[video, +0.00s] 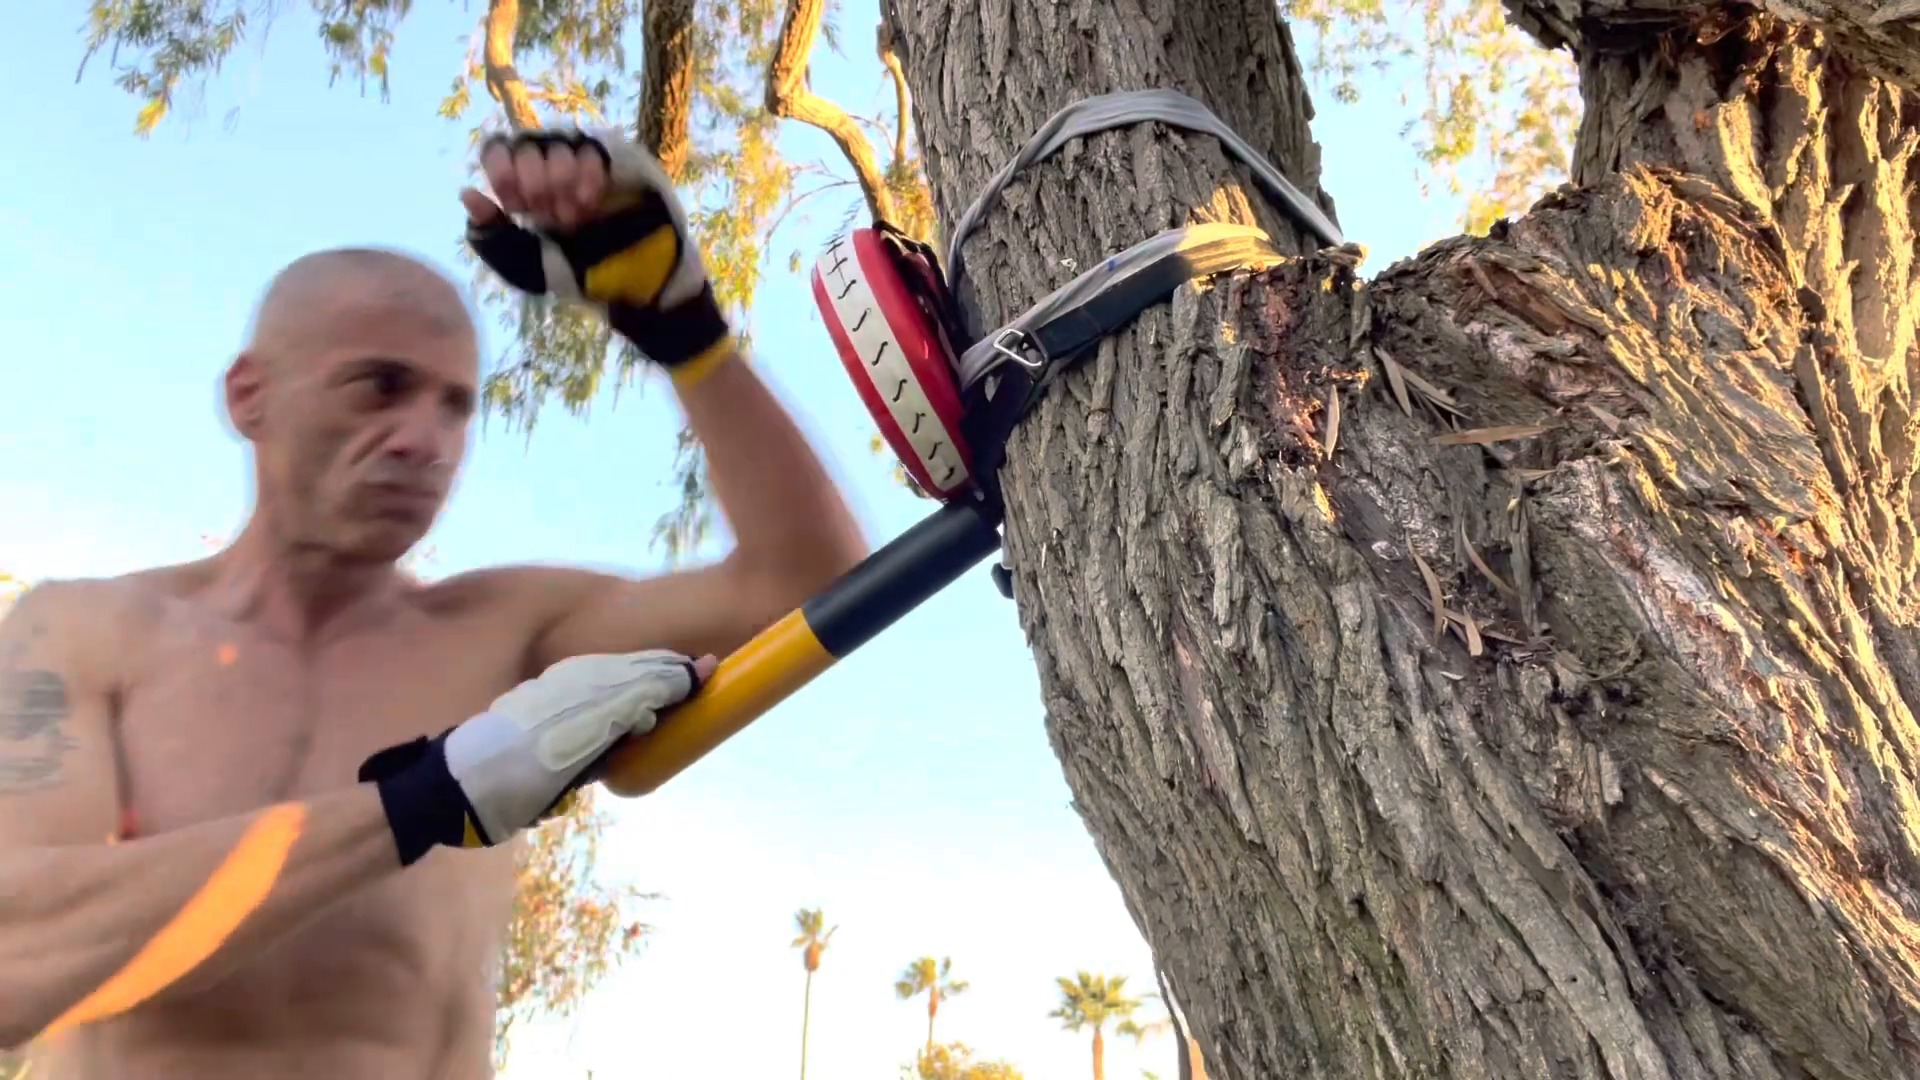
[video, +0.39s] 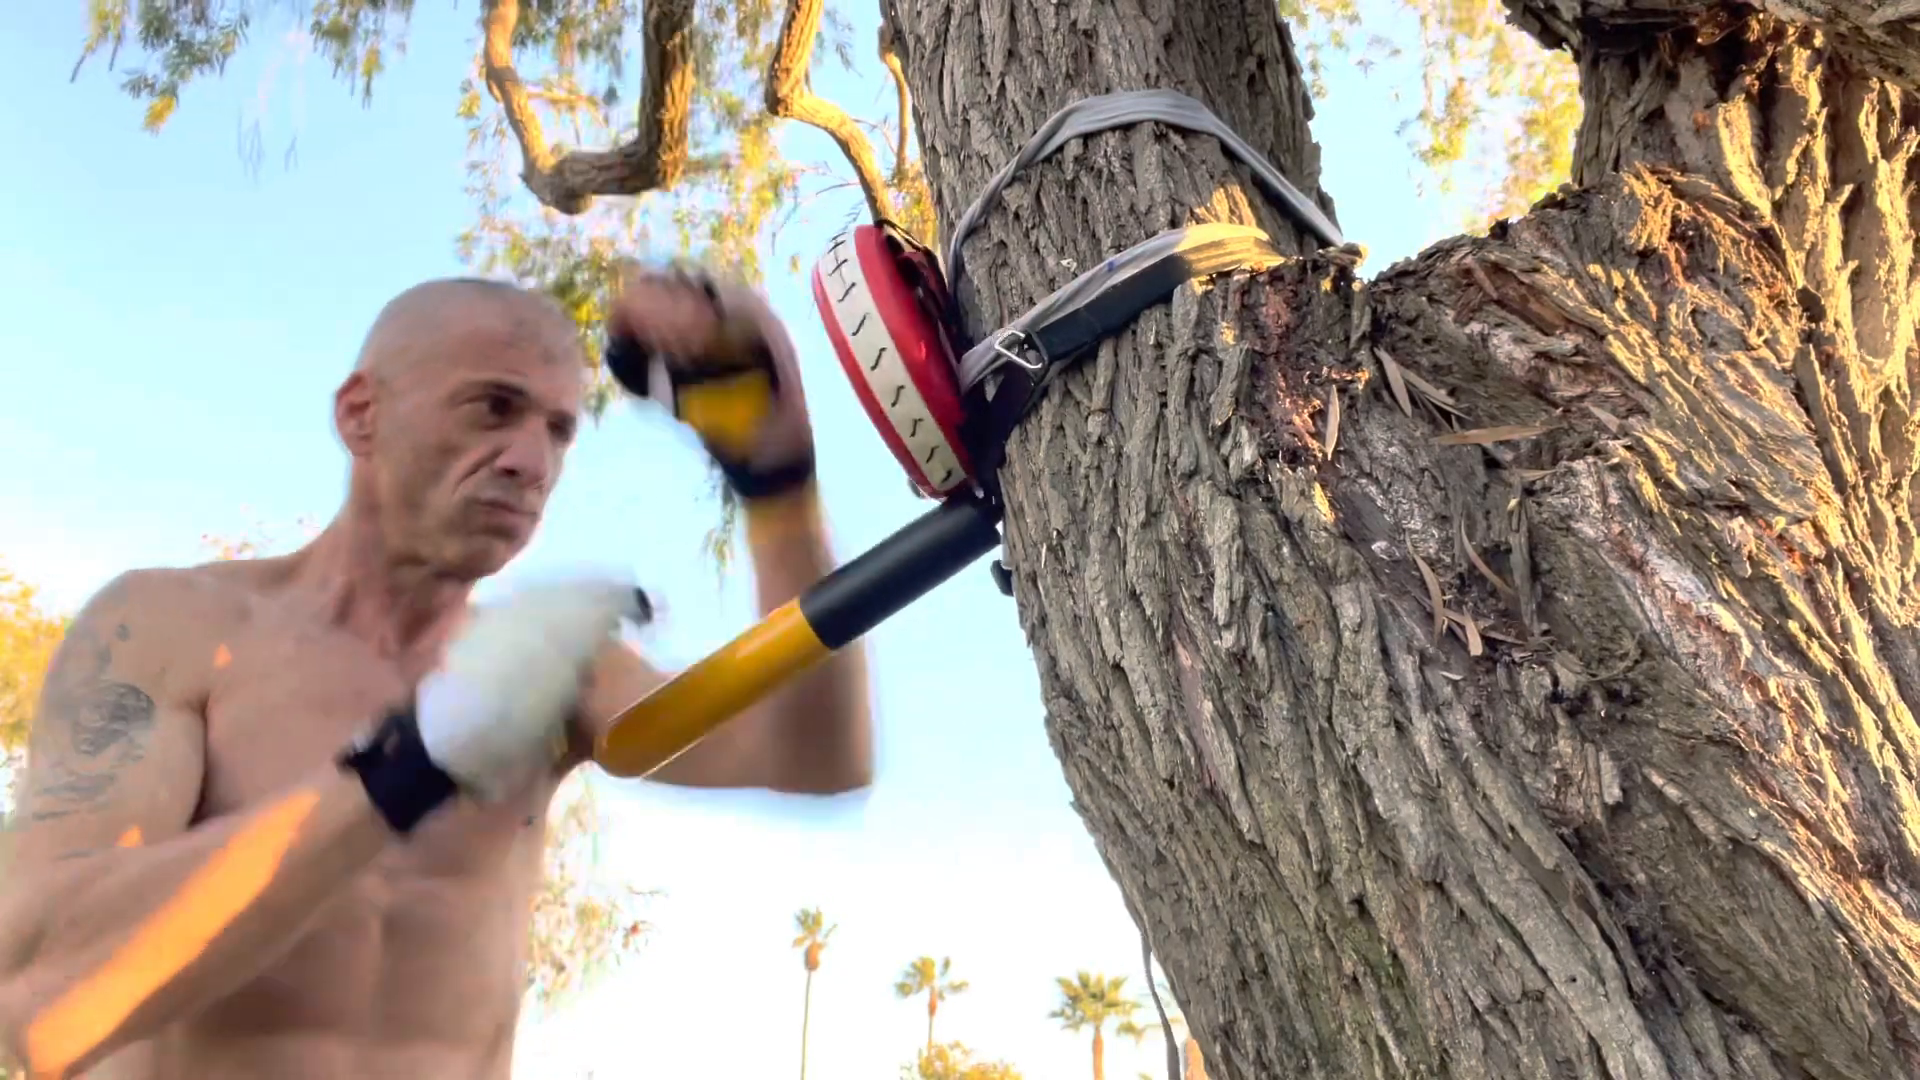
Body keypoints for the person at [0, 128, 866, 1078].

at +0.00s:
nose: (425, 439)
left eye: (455, 406)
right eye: (380, 386)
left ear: (474, 433)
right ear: (248, 398)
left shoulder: (511, 628)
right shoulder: (73, 633)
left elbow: (809, 581)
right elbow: (28, 960)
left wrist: (674, 313)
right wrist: (440, 793)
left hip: (420, 1060)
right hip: (114, 1065)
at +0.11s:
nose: (530, 407)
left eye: (564, 374)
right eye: (483, 352)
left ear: (585, 402)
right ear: (354, 370)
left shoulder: (601, 597)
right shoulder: (176, 618)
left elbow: (903, 491)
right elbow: (24, 972)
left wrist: (770, 171)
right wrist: (442, 822)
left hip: (475, 1061)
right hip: (186, 1060)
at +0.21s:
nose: (583, 431)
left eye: (610, 399)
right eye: (542, 374)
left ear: (625, 422)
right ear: (406, 378)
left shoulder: (614, 606)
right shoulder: (200, 620)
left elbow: (894, 510)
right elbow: (40, 981)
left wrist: (753, 224)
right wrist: (462, 832)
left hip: (515, 1064)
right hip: (222, 1064)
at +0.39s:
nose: (530, 460)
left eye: (560, 431)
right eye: (491, 407)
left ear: (572, 457)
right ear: (359, 414)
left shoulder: (541, 670)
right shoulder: (159, 629)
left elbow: (820, 755)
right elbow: (47, 989)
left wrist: (772, 469)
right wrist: (400, 774)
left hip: (453, 1062)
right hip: (200, 1061)